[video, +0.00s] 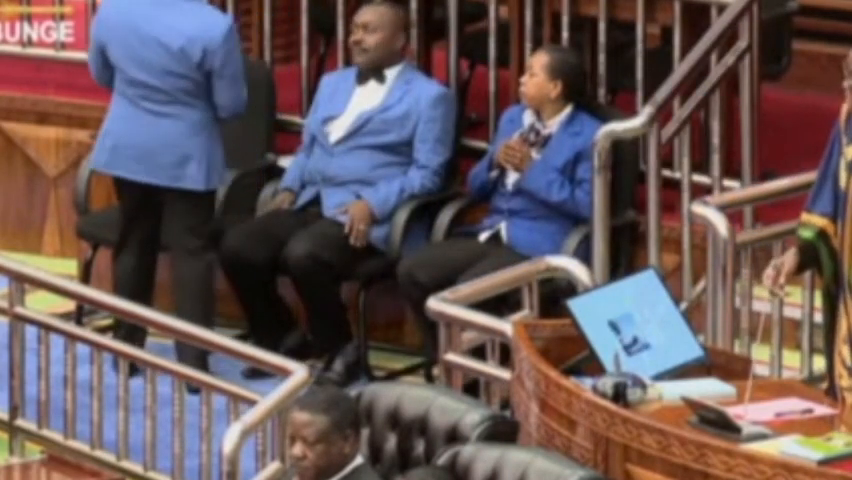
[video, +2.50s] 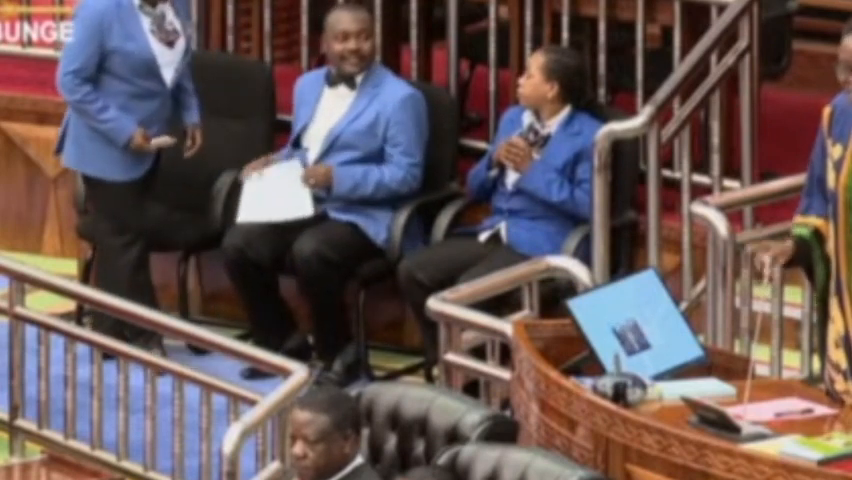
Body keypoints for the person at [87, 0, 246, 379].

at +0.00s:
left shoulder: (113, 10)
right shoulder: (214, 26)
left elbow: (102, 74)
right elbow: (231, 103)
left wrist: (141, 81)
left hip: (126, 150)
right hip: (186, 158)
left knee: (135, 244)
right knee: (191, 252)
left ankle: (128, 353)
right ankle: (193, 366)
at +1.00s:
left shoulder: (152, 3)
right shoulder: (250, 26)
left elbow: (124, 50)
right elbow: (246, 109)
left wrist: (159, 69)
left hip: (138, 129)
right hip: (199, 141)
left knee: (137, 237)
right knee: (197, 246)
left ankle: (128, 349)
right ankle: (191, 349)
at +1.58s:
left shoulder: (146, 4)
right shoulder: (215, 17)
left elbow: (133, 50)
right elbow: (212, 100)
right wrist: (247, 118)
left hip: (131, 126)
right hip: (180, 139)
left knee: (136, 235)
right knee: (191, 244)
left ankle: (114, 333)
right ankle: (190, 344)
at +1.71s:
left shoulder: (145, 6)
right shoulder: (181, 11)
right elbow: (170, 88)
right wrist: (222, 117)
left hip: (132, 137)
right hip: (167, 145)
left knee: (134, 242)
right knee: (181, 247)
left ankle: (113, 333)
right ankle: (191, 343)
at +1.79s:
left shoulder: (145, 6)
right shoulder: (181, 11)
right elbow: (170, 88)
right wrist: (222, 117)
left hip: (132, 137)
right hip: (167, 145)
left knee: (134, 242)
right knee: (181, 248)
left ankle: (113, 333)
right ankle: (191, 343)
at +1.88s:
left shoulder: (176, 10)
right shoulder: (143, 9)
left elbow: (185, 74)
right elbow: (125, 83)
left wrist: (204, 101)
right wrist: (186, 119)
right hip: (142, 149)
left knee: (123, 247)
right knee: (167, 250)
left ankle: (111, 334)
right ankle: (189, 343)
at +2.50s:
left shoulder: (179, 7)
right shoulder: (101, 11)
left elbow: (179, 64)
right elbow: (71, 81)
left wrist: (190, 113)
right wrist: (125, 131)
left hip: (149, 147)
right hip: (104, 148)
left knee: (123, 242)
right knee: (125, 244)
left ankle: (108, 332)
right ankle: (143, 336)